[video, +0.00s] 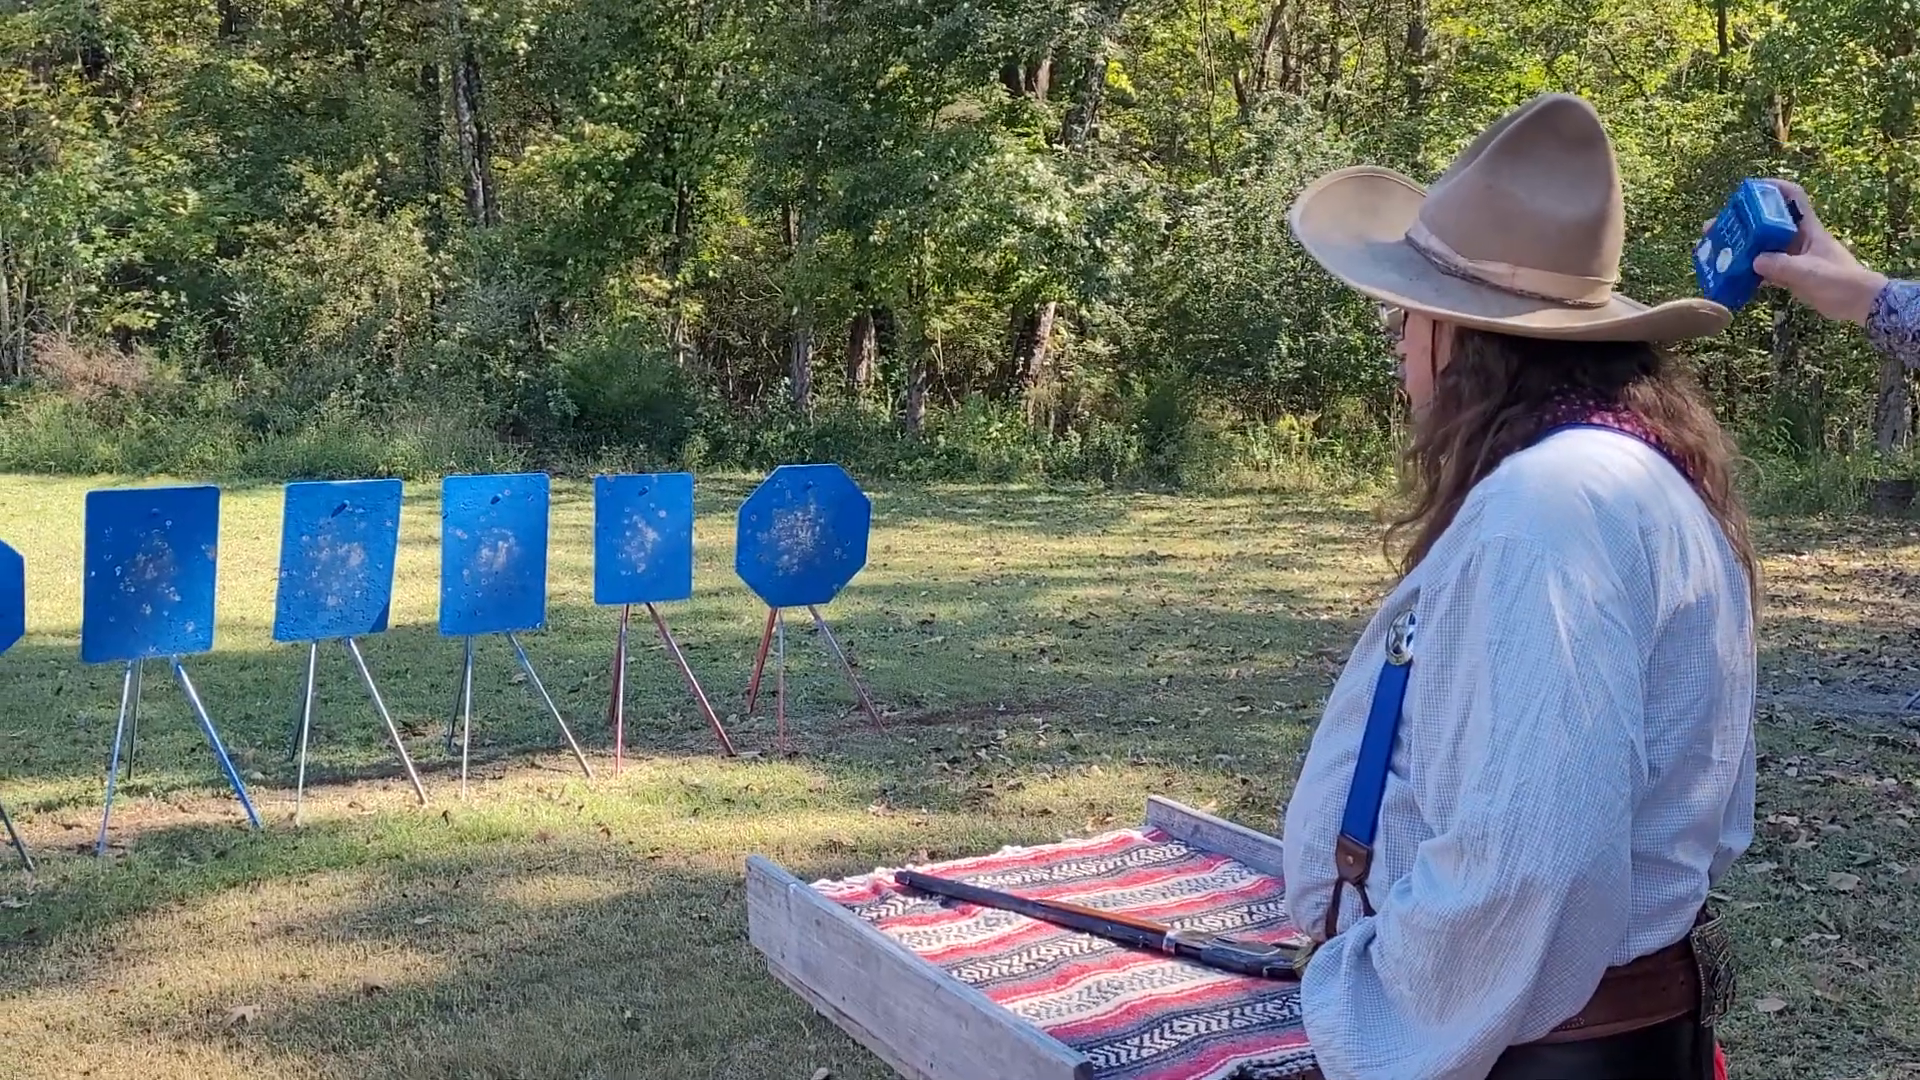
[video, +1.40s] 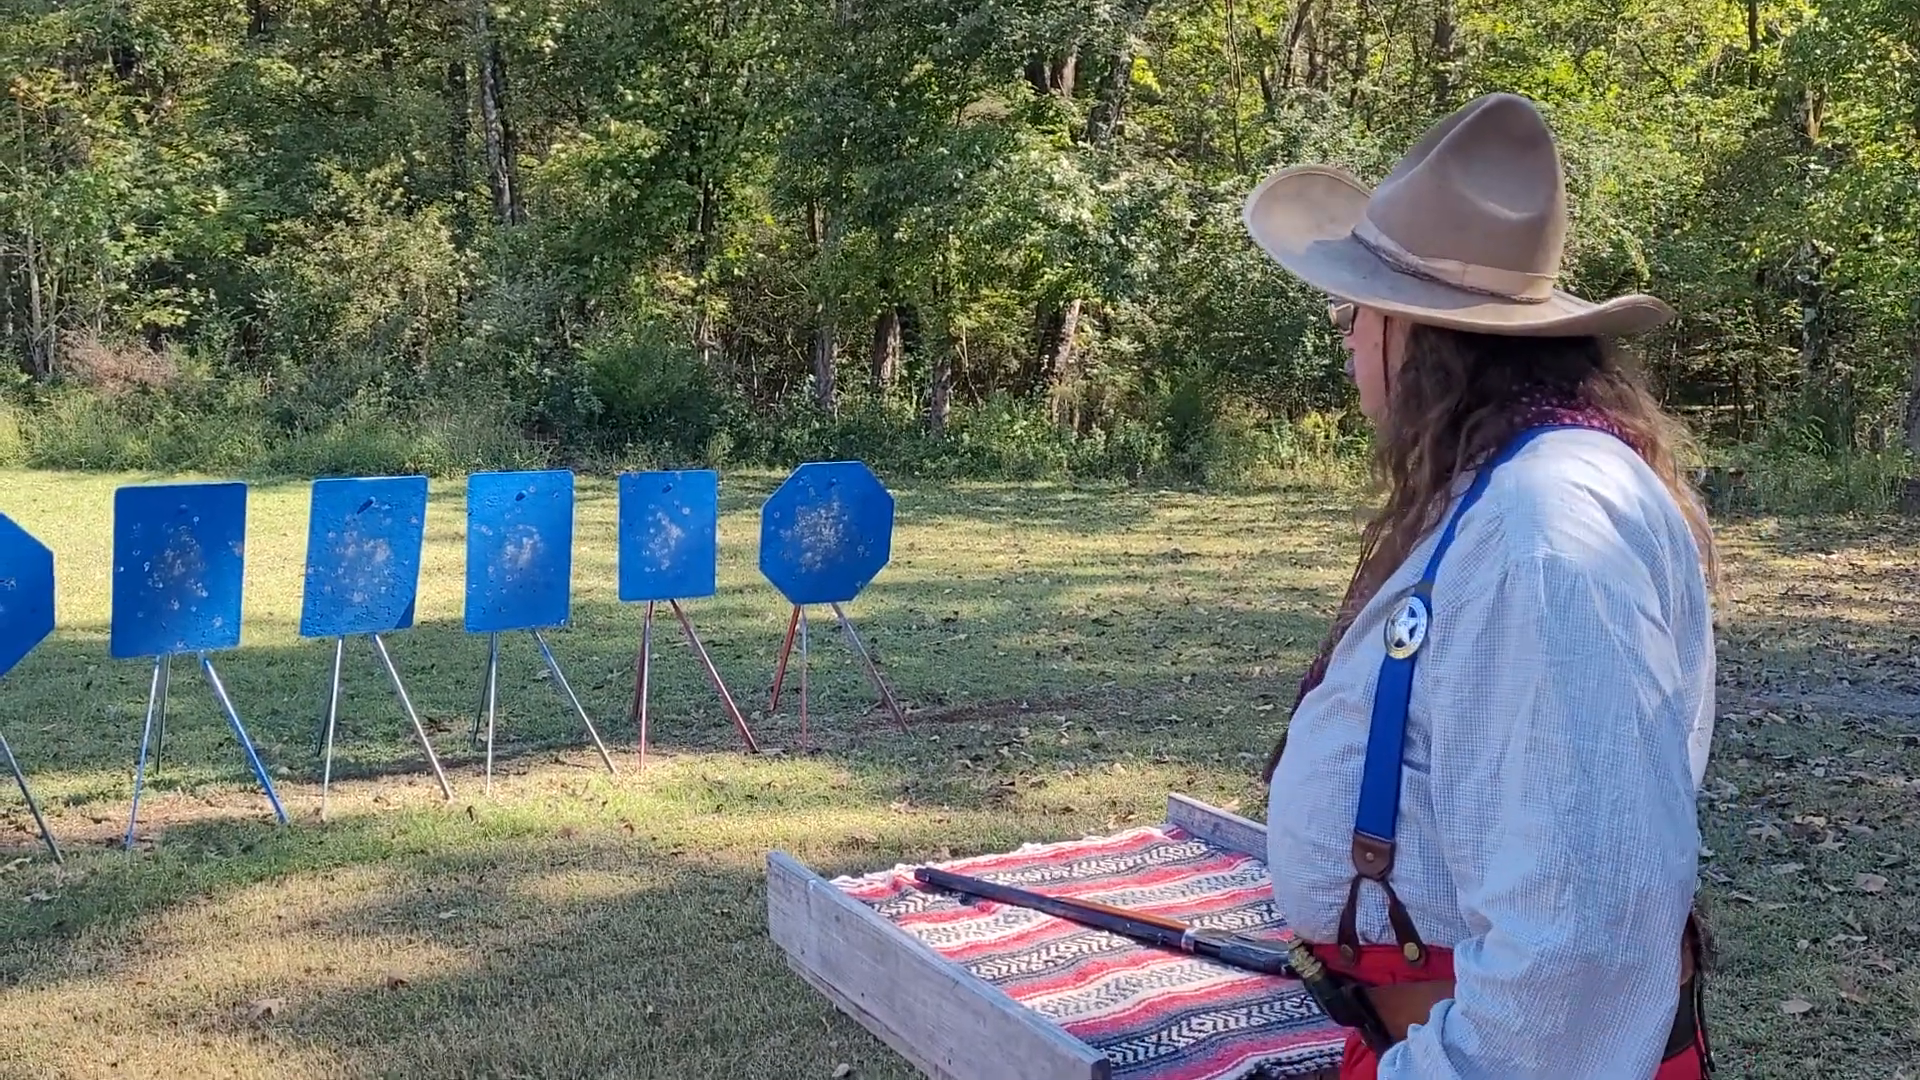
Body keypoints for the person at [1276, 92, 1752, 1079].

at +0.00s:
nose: (1395, 344)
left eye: (1406, 317)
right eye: (1400, 316)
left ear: (1464, 337)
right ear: (1569, 329)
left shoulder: (1551, 503)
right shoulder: (1639, 471)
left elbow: (1531, 852)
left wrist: (1363, 997)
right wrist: (1380, 893)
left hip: (1553, 1035)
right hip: (1637, 1003)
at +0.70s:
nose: (1413, 341)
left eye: (1425, 316)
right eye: (1419, 315)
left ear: (1486, 340)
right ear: (1586, 335)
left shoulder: (1573, 507)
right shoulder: (1656, 475)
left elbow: (1550, 851)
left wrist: (1379, 981)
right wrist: (1399, 903)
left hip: (1577, 1036)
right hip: (1658, 1003)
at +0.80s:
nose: (1402, 343)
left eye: (1413, 318)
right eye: (1406, 318)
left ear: (1476, 337)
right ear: (1583, 332)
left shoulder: (1560, 511)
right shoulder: (1667, 475)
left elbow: (1565, 862)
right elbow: (1783, 662)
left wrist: (1370, 992)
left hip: (1573, 1035)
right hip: (1676, 998)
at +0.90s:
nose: (1389, 345)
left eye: (1400, 321)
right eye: (1393, 320)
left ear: (1463, 343)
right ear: (1564, 336)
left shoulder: (1560, 518)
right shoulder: (1653, 474)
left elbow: (1554, 883)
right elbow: (1773, 663)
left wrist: (1347, 1026)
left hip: (1572, 1039)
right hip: (1672, 999)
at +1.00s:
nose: (1370, 344)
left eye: (1384, 319)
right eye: (1376, 319)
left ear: (1450, 344)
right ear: (1536, 337)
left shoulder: (1567, 517)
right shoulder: (1609, 484)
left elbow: (1570, 893)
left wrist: (1353, 1043)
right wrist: (1396, 933)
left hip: (1585, 1040)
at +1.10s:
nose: (1358, 347)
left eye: (1373, 323)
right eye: (1364, 322)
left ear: (1444, 347)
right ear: (1502, 339)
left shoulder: (1567, 520)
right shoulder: (1529, 491)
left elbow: (1583, 902)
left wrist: (1372, 1051)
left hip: (1573, 1040)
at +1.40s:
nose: (1346, 338)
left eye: (1359, 314)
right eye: (1351, 313)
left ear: (1422, 338)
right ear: (1499, 334)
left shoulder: (1548, 531)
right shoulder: (1499, 487)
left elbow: (1582, 931)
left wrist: (1432, 1062)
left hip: (1479, 1032)